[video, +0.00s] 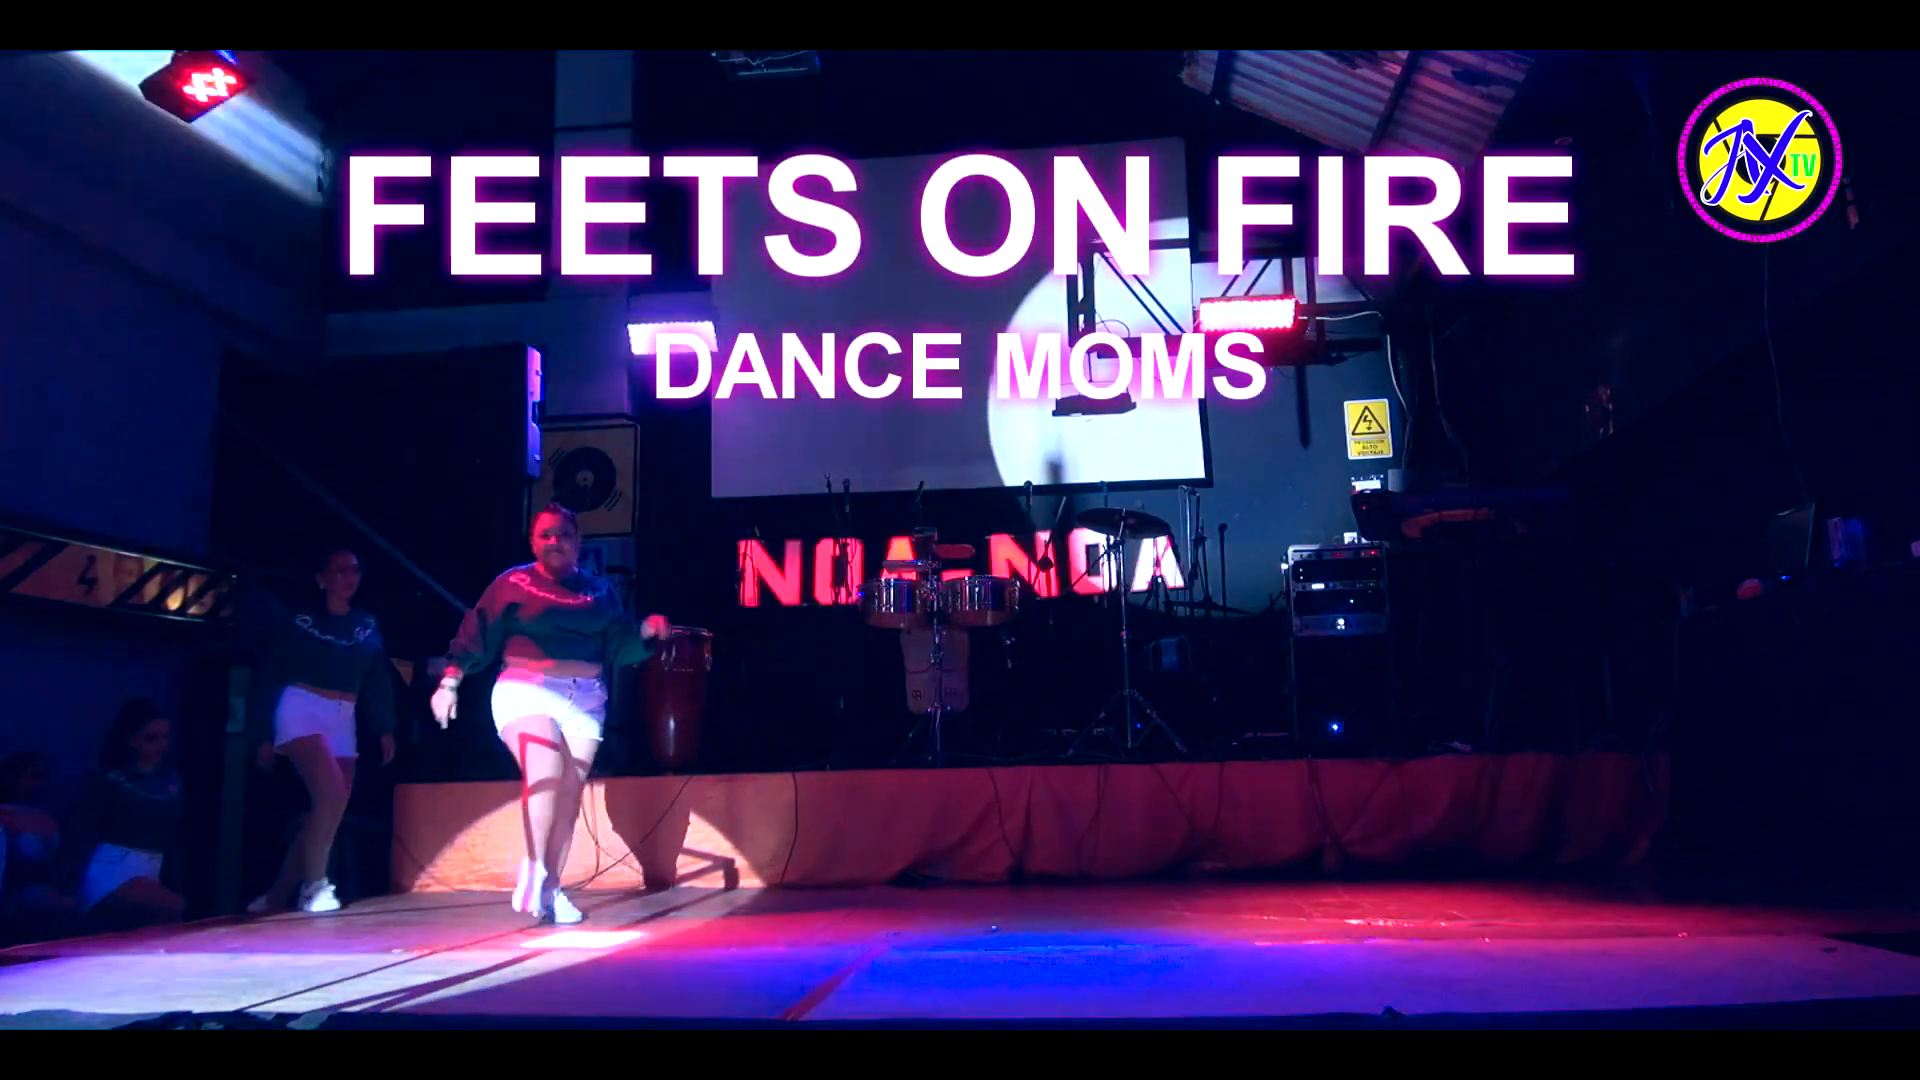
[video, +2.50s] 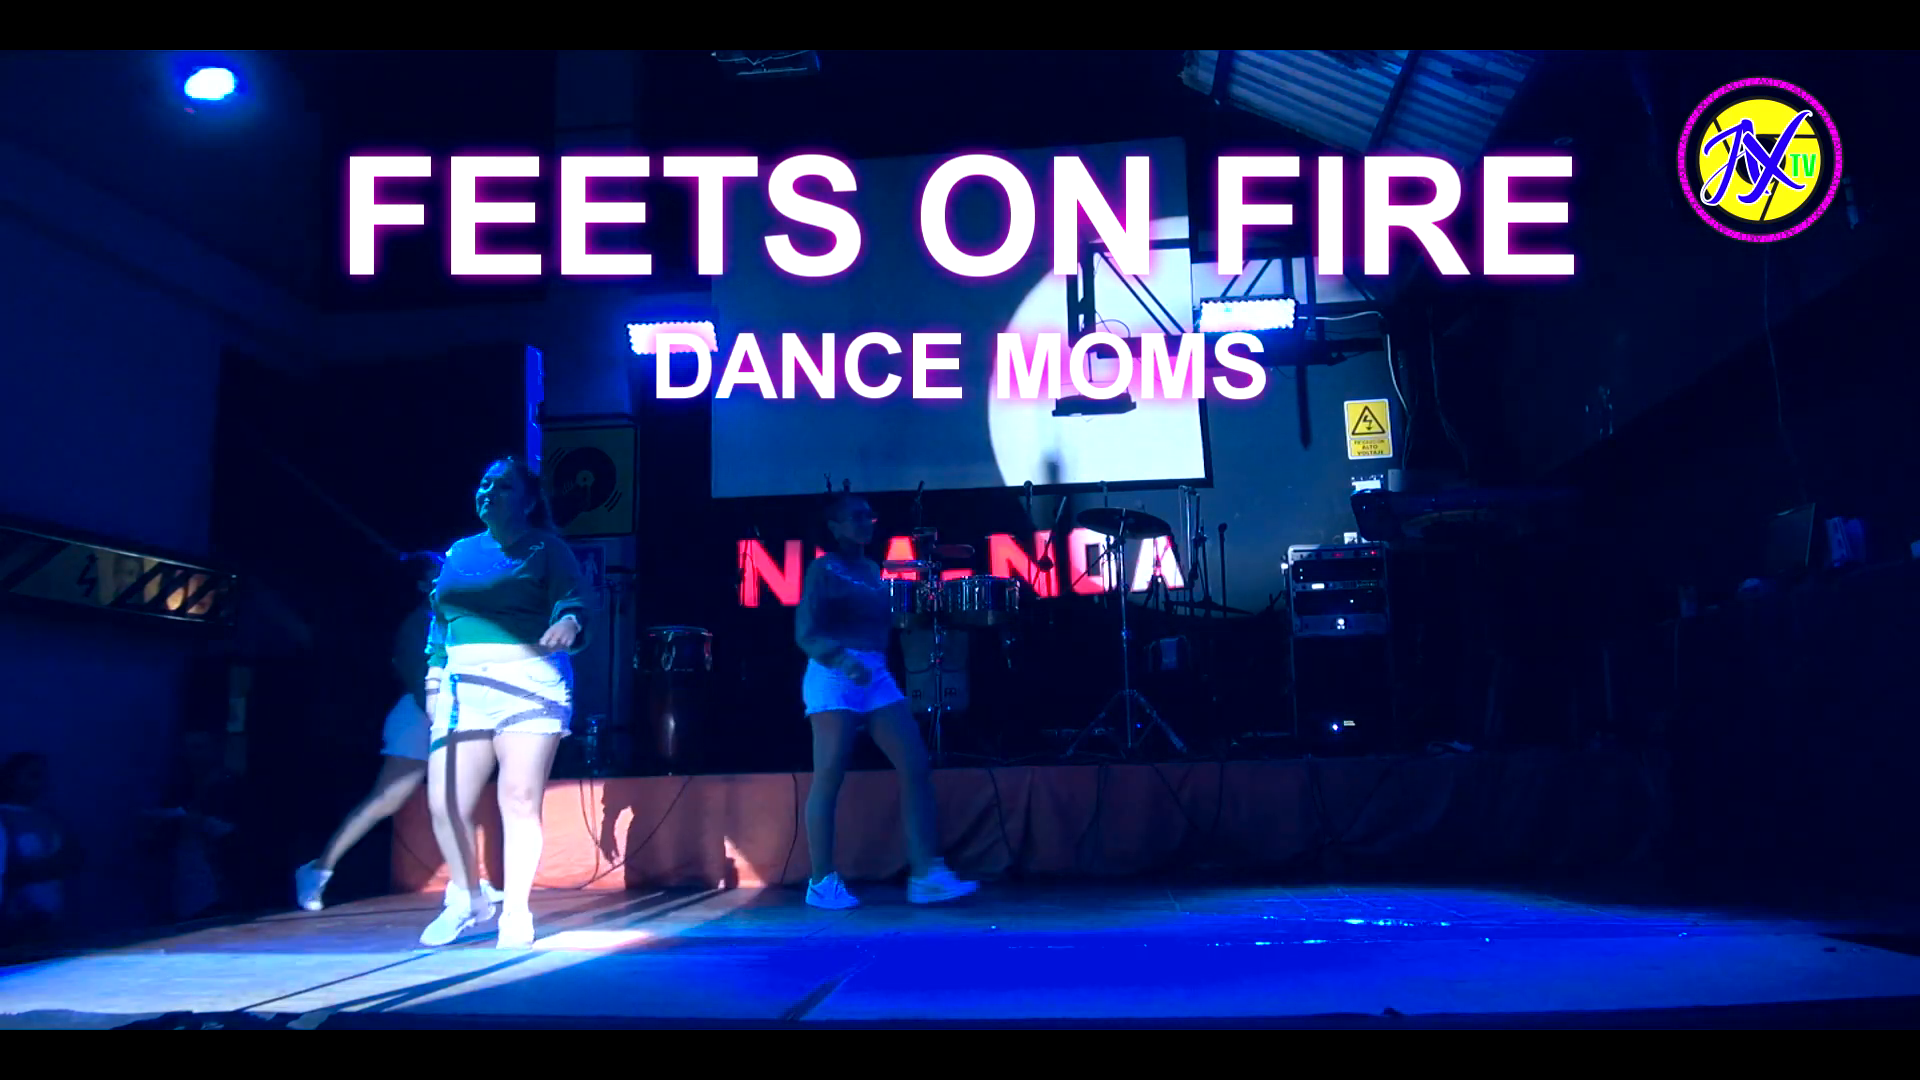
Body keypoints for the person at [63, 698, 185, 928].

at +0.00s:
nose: (161, 746)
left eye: (165, 738)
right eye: (152, 739)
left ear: (170, 738)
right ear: (132, 740)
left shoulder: (169, 782)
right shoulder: (110, 780)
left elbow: (177, 836)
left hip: (152, 868)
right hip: (111, 867)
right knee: (174, 906)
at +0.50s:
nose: (209, 716)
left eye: (213, 709)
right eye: (199, 709)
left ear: (217, 710)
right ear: (179, 712)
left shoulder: (216, 760)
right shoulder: (155, 754)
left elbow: (221, 814)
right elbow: (128, 803)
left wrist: (223, 862)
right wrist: (113, 857)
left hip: (187, 851)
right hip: (149, 847)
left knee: (188, 926)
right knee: (184, 923)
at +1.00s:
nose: (257, 684)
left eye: (260, 677)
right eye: (250, 675)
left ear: (263, 683)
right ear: (228, 679)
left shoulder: (254, 729)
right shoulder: (204, 724)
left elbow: (254, 781)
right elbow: (191, 779)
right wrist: (216, 826)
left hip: (239, 810)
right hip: (198, 811)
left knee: (266, 862)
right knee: (189, 897)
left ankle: (232, 926)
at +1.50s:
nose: (310, 626)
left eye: (313, 620)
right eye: (302, 619)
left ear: (315, 627)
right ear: (280, 623)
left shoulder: (313, 677)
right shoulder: (252, 669)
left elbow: (333, 726)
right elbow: (218, 716)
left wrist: (360, 764)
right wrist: (194, 763)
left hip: (288, 762)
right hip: (248, 759)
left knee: (271, 854)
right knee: (314, 800)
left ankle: (239, 924)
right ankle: (284, 881)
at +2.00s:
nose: (363, 586)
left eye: (365, 581)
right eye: (355, 580)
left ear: (366, 588)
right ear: (333, 585)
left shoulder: (367, 636)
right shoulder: (313, 629)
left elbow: (373, 693)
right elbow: (295, 678)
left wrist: (374, 739)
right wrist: (315, 720)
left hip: (350, 728)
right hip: (312, 724)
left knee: (365, 801)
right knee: (325, 807)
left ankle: (294, 847)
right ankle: (293, 887)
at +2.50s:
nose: (441, 585)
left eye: (443, 577)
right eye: (435, 578)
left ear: (451, 580)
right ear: (424, 584)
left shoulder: (461, 619)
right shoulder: (419, 622)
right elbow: (410, 667)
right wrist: (433, 702)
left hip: (459, 713)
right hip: (418, 714)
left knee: (470, 800)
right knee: (389, 798)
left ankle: (473, 885)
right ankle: (319, 871)